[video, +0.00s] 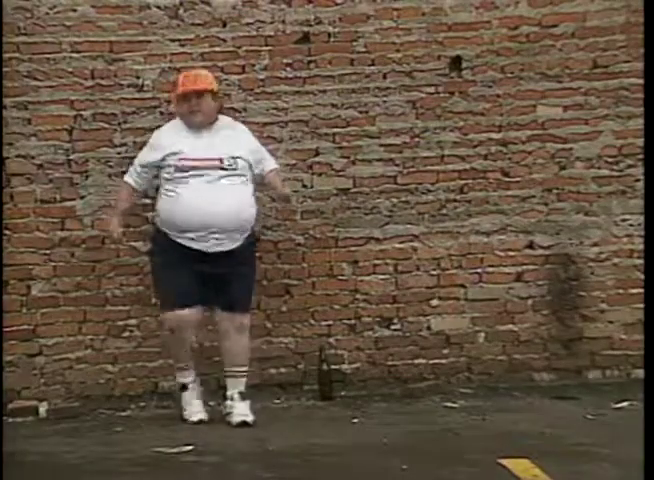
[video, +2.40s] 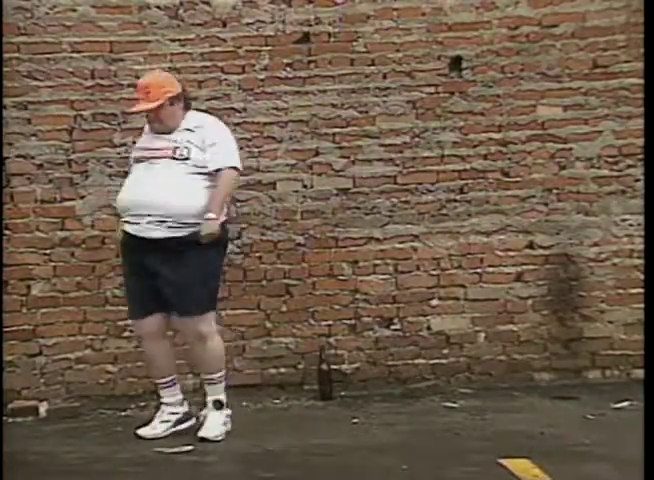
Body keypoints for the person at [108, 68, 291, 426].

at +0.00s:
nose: (195, 105)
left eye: (201, 97)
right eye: (187, 99)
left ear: (215, 100)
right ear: (176, 104)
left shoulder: (237, 133)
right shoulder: (164, 138)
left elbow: (266, 169)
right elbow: (134, 182)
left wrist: (280, 188)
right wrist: (116, 214)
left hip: (235, 244)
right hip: (176, 244)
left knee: (237, 320)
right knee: (180, 318)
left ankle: (237, 396)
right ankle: (189, 388)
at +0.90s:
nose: (178, 114)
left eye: (185, 106)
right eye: (170, 108)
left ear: (199, 108)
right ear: (161, 113)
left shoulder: (224, 138)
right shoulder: (157, 146)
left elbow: (264, 164)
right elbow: (140, 180)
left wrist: (241, 182)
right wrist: (130, 208)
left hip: (213, 256)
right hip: (157, 254)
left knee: (211, 332)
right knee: (147, 321)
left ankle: (217, 407)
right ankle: (176, 388)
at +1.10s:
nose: (163, 128)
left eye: (169, 121)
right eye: (155, 122)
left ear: (182, 111)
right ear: (145, 117)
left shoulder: (207, 136)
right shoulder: (140, 145)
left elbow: (226, 180)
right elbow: (124, 192)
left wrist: (187, 185)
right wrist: (87, 193)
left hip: (219, 245)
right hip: (166, 247)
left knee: (218, 324)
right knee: (165, 319)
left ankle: (219, 406)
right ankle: (170, 403)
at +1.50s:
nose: (170, 122)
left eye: (177, 114)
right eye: (164, 116)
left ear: (194, 104)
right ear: (156, 112)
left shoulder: (219, 138)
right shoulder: (154, 135)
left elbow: (235, 191)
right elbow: (136, 179)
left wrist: (218, 229)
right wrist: (127, 217)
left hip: (195, 243)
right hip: (149, 246)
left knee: (196, 317)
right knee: (159, 329)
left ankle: (237, 389)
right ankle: (180, 408)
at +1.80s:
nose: (164, 115)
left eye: (171, 108)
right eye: (161, 109)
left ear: (193, 109)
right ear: (162, 112)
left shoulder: (212, 138)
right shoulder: (175, 148)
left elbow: (240, 180)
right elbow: (174, 196)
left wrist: (202, 196)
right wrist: (139, 202)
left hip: (207, 250)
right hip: (163, 253)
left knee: (206, 335)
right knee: (132, 320)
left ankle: (233, 412)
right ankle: (167, 394)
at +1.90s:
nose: (151, 111)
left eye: (158, 105)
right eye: (148, 105)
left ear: (180, 107)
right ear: (148, 109)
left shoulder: (202, 137)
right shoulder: (156, 149)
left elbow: (216, 182)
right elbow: (150, 200)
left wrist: (168, 182)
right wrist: (107, 201)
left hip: (217, 246)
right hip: (172, 253)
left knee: (216, 330)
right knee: (149, 321)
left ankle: (234, 411)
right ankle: (170, 403)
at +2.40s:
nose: (150, 117)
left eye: (155, 109)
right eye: (146, 111)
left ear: (176, 100)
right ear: (145, 109)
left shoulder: (210, 129)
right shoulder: (148, 135)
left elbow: (229, 172)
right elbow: (144, 181)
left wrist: (214, 215)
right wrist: (133, 222)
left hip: (191, 242)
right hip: (141, 243)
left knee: (199, 329)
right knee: (148, 328)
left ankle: (217, 407)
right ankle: (173, 408)